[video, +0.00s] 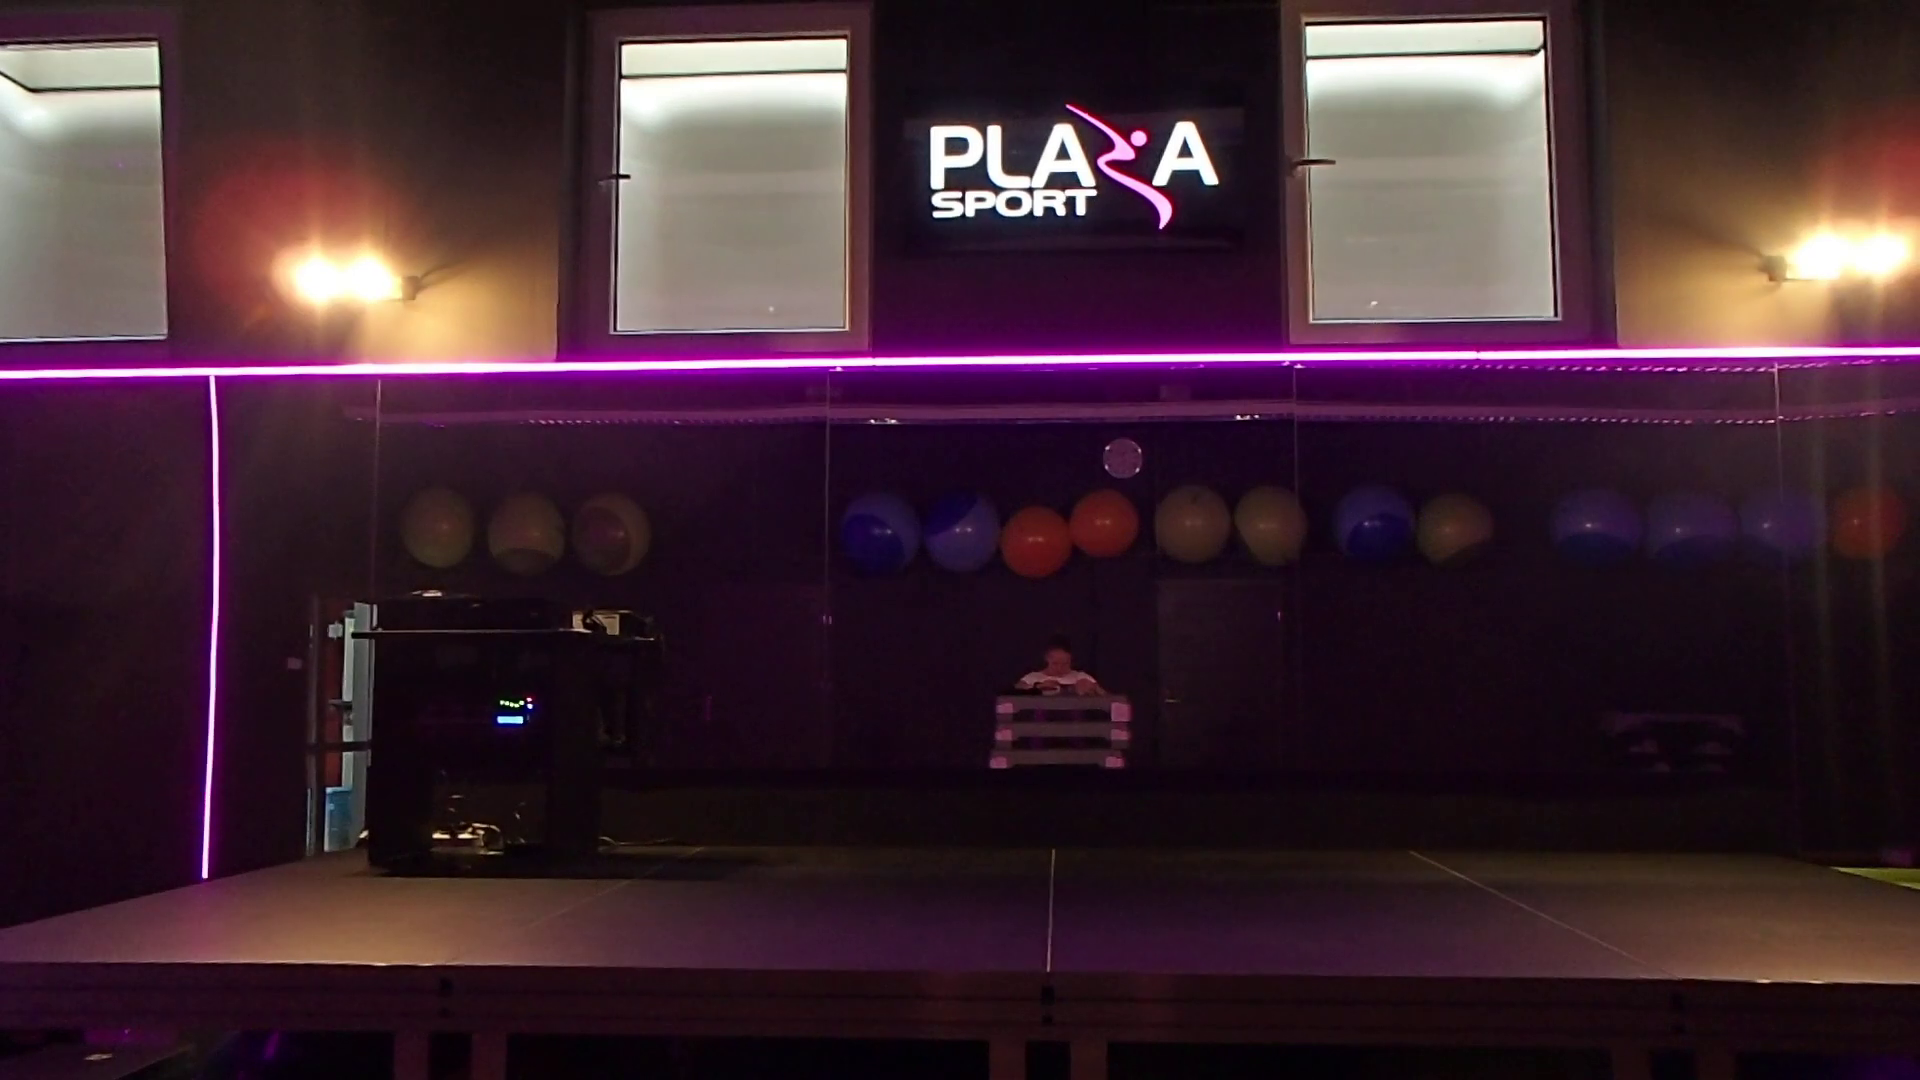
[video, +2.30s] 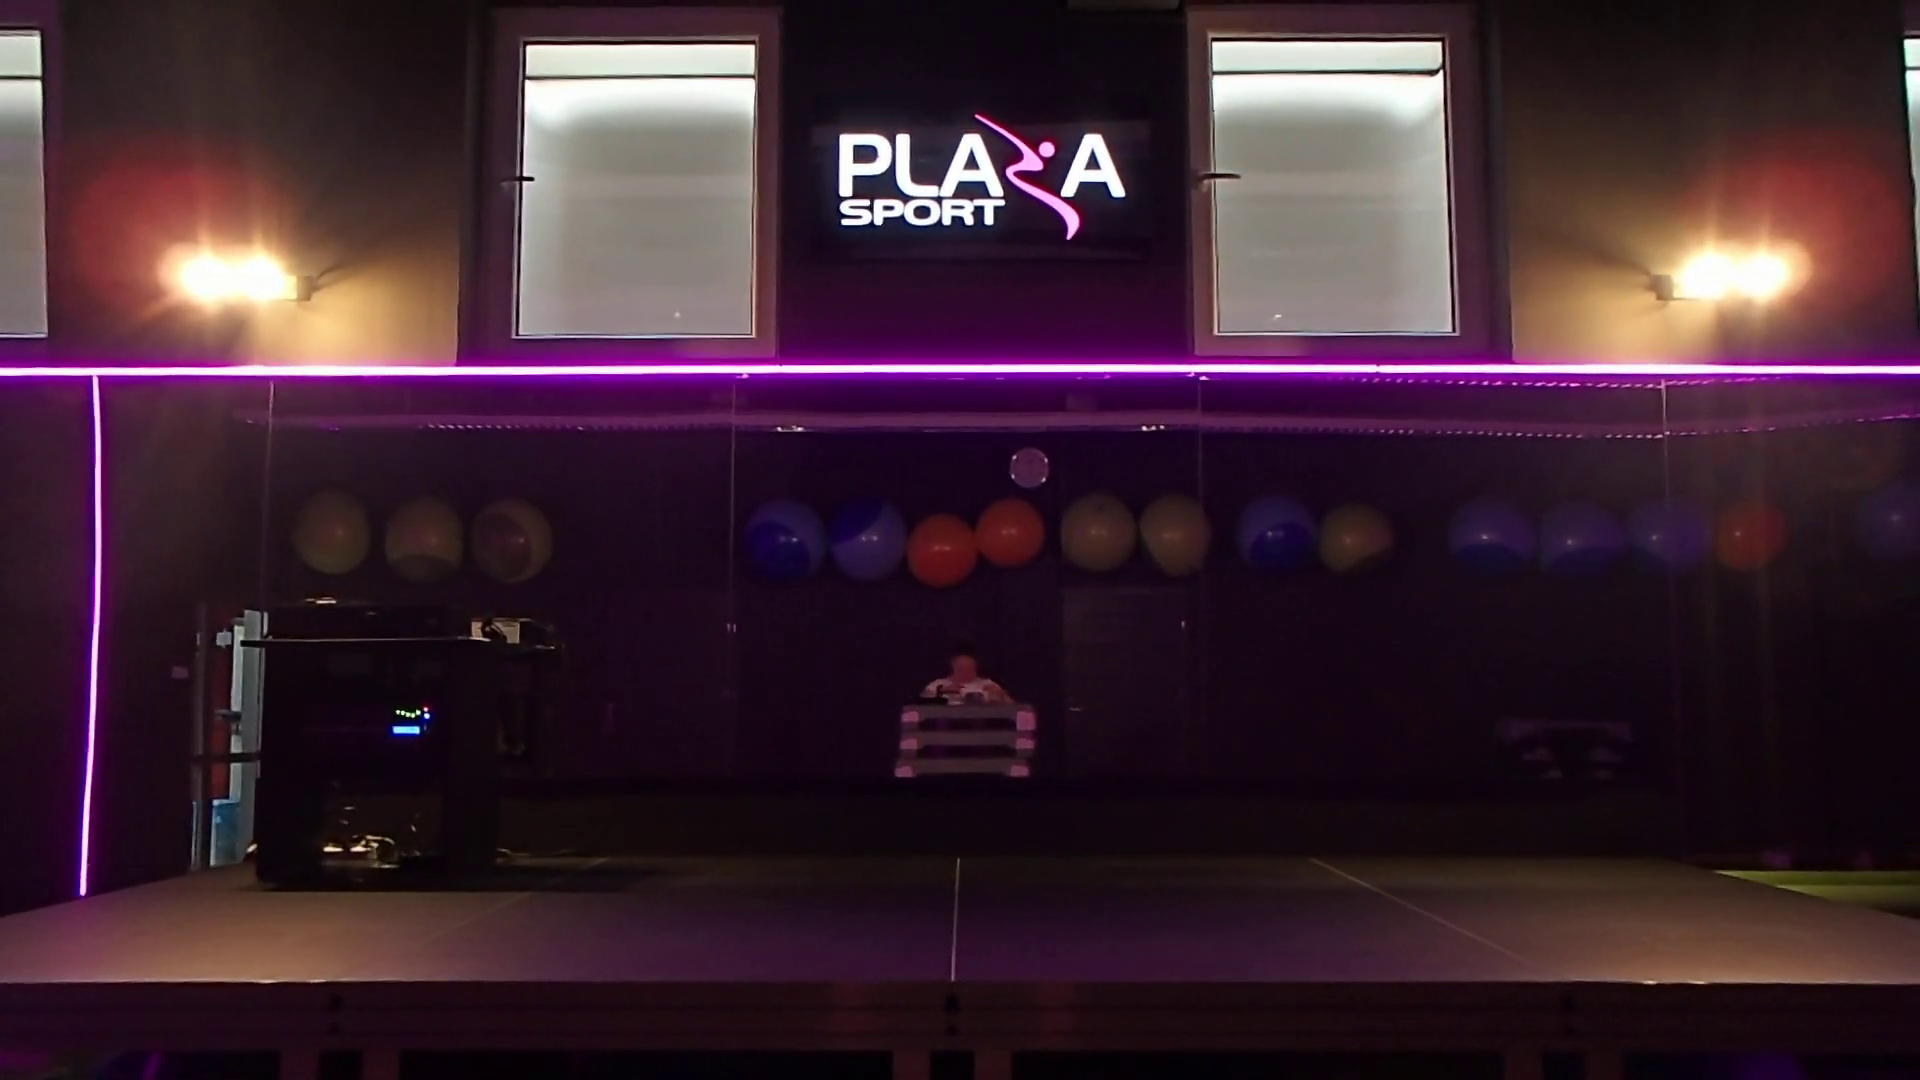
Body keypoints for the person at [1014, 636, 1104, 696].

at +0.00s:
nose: (1060, 668)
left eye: (1064, 663)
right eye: (1055, 663)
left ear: (1070, 661)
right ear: (1047, 660)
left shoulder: (1081, 678)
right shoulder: (1033, 678)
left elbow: (1106, 699)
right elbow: (1016, 693)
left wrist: (1092, 690)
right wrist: (1038, 687)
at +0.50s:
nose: (1047, 666)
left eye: (1052, 662)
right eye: (1042, 662)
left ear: (1058, 660)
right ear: (1034, 659)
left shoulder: (1068, 677)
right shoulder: (1020, 677)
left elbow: (1092, 697)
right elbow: (1004, 692)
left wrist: (1080, 689)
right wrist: (1025, 687)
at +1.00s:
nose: (1031, 666)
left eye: (1035, 661)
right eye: (1026, 661)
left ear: (1041, 660)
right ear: (1019, 659)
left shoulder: (1052, 677)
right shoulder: (1004, 676)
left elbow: (1077, 697)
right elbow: (987, 691)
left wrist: (1064, 689)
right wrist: (1010, 686)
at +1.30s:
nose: (1010, 668)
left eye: (1015, 664)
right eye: (1005, 663)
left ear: (1021, 663)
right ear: (998, 662)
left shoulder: (1032, 678)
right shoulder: (983, 678)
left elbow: (1057, 700)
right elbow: (966, 693)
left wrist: (1043, 689)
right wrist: (989, 687)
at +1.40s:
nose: (1003, 669)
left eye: (1007, 664)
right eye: (998, 664)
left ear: (1012, 664)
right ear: (990, 664)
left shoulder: (1024, 679)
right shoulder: (976, 679)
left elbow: (1049, 701)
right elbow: (958, 694)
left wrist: (1033, 690)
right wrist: (981, 688)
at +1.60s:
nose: (976, 673)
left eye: (980, 669)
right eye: (972, 669)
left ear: (986, 669)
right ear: (965, 669)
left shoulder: (998, 684)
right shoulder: (950, 684)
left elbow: (1022, 705)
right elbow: (934, 698)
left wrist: (1007, 695)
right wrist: (956, 694)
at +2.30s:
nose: (965, 672)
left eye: (969, 667)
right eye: (961, 668)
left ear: (975, 667)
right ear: (953, 668)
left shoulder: (987, 685)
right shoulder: (939, 685)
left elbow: (1011, 706)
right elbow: (922, 700)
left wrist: (998, 696)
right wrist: (943, 691)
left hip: (980, 724)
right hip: (947, 724)